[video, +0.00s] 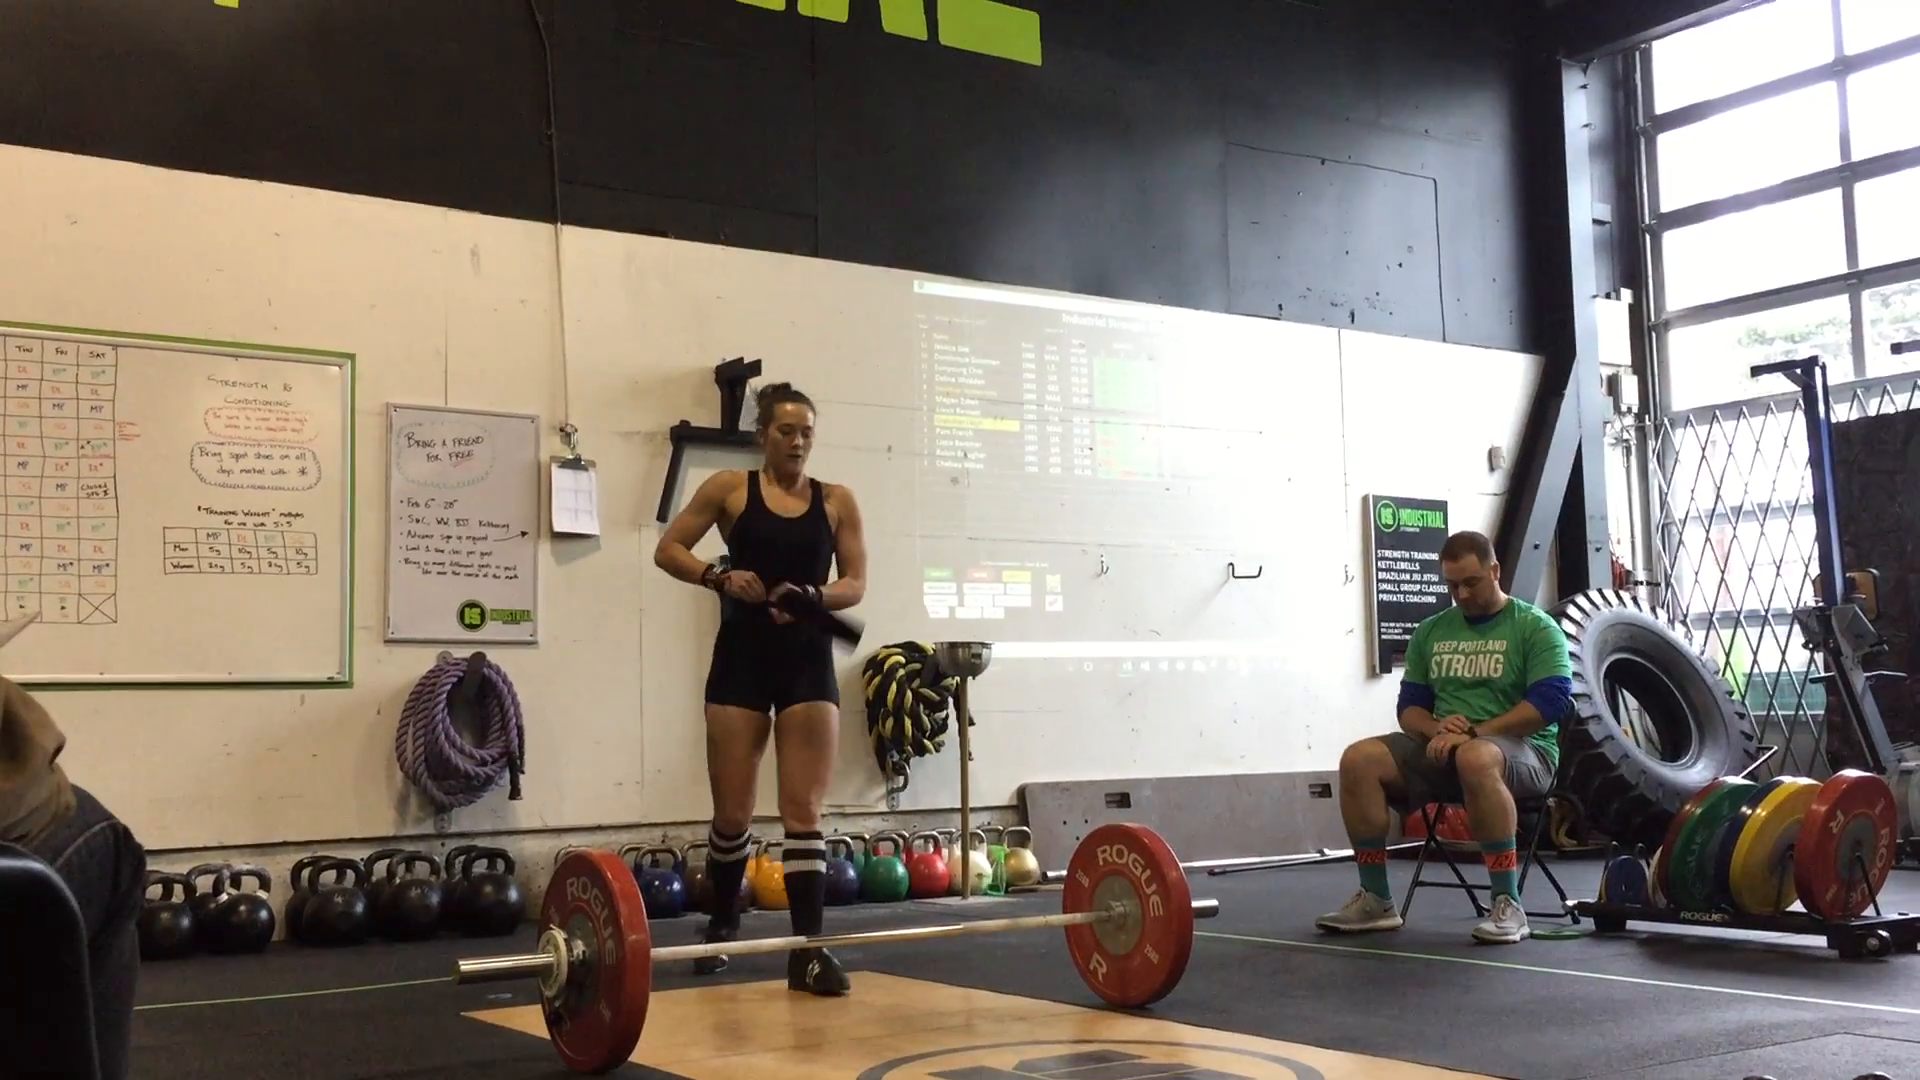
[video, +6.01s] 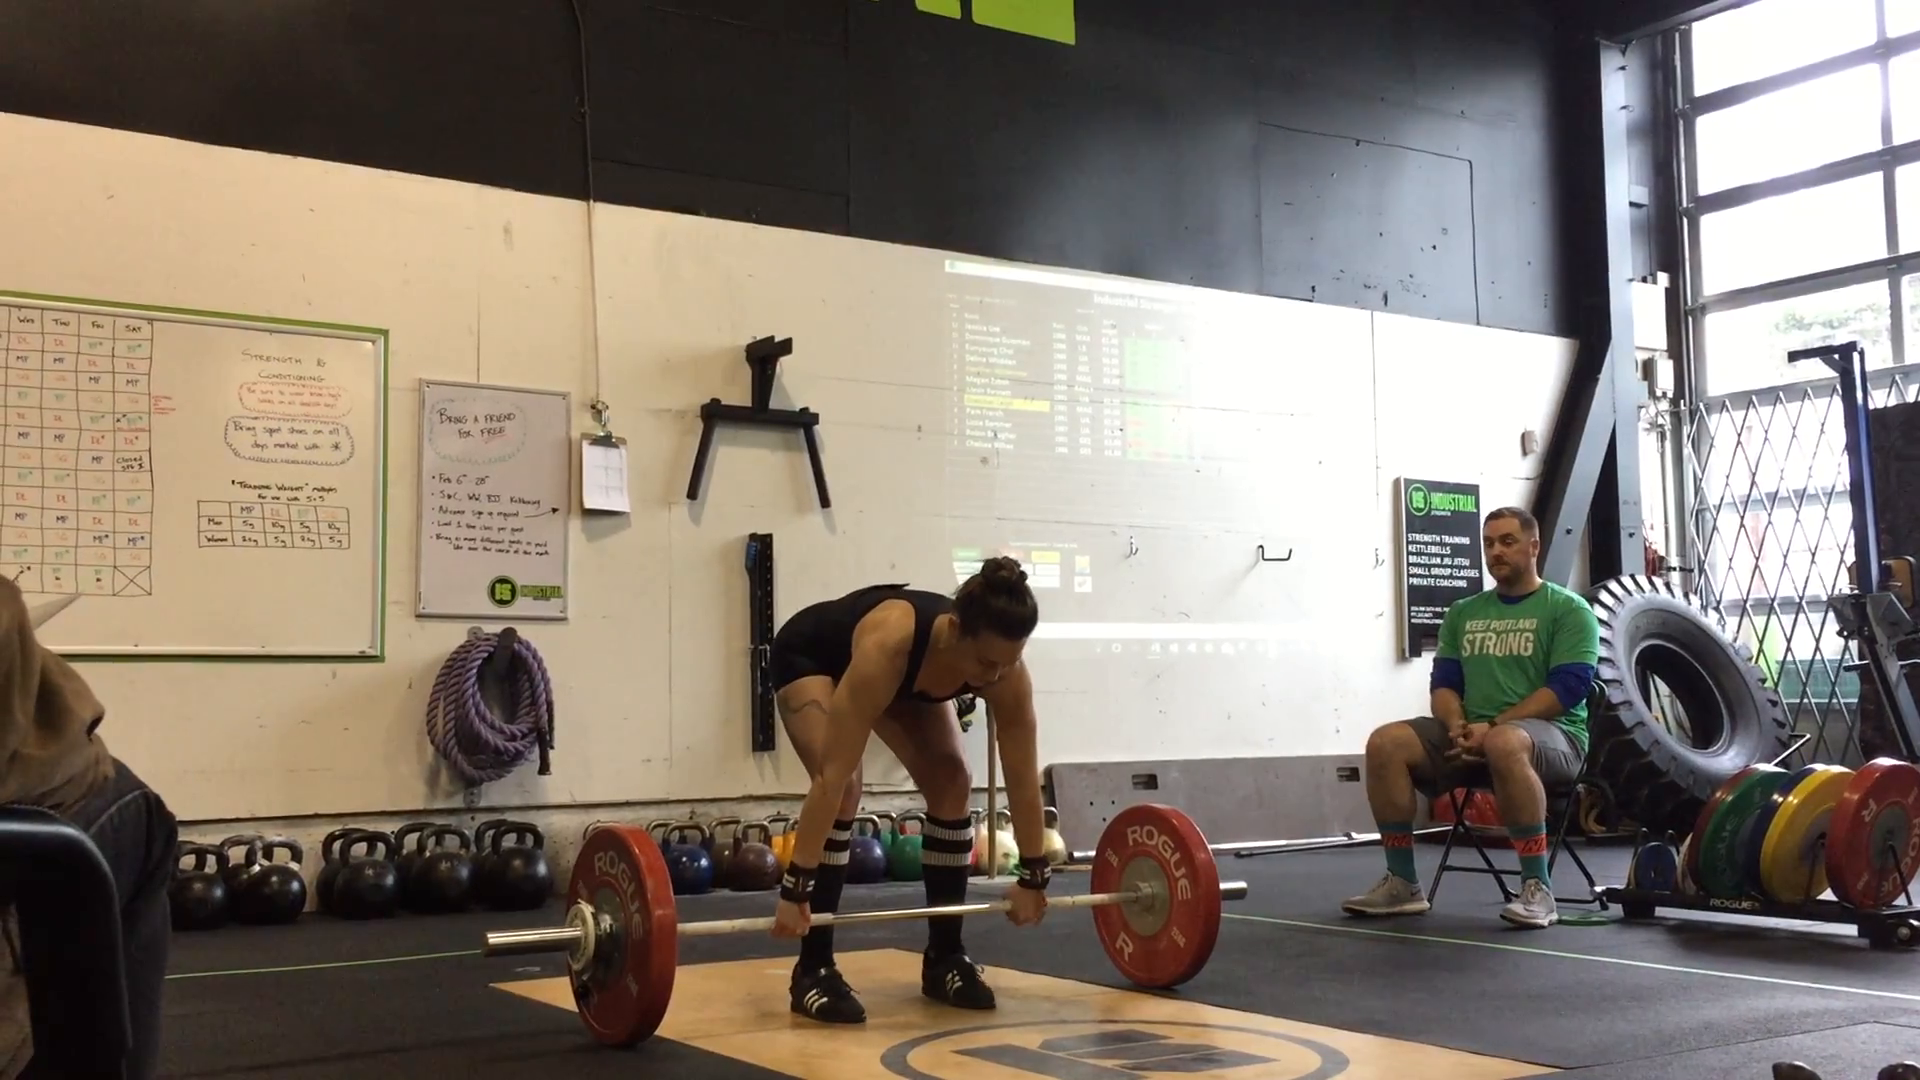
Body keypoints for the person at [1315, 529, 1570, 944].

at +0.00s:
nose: (1462, 594)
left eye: (1470, 582)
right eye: (1453, 585)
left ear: (1495, 571)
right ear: (1444, 579)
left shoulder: (1535, 626)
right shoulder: (1429, 632)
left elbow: (1551, 701)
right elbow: (1410, 708)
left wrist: (1473, 734)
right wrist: (1435, 727)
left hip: (1522, 750)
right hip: (1444, 752)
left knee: (1476, 758)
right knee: (1358, 760)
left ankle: (1506, 906)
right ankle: (1376, 900)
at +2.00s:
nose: (1475, 594)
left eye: (1484, 582)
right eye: (1465, 584)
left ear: (1508, 567)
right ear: (1455, 575)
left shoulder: (1549, 618)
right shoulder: (1441, 622)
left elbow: (1561, 694)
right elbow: (1422, 698)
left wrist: (1481, 730)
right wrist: (1444, 721)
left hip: (1535, 742)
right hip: (1454, 742)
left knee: (1487, 749)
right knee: (1370, 750)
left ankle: (1517, 897)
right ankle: (1386, 891)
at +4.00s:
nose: (1489, 583)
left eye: (1498, 571)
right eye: (1480, 574)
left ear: (1523, 557)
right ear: (1471, 566)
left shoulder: (1565, 609)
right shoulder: (1455, 614)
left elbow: (1574, 686)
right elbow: (1437, 689)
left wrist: (1496, 722)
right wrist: (1459, 713)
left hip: (1550, 734)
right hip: (1469, 733)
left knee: (1502, 741)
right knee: (1384, 742)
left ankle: (1532, 888)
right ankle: (1401, 882)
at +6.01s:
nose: (1496, 551)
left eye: (1507, 541)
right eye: (1489, 543)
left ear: (1534, 546)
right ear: (1483, 551)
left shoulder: (1569, 609)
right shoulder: (1463, 613)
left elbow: (1569, 687)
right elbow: (1444, 684)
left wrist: (1495, 726)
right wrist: (1456, 725)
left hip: (1551, 734)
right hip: (1472, 735)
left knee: (1504, 743)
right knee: (1384, 744)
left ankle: (1536, 890)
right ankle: (1402, 884)